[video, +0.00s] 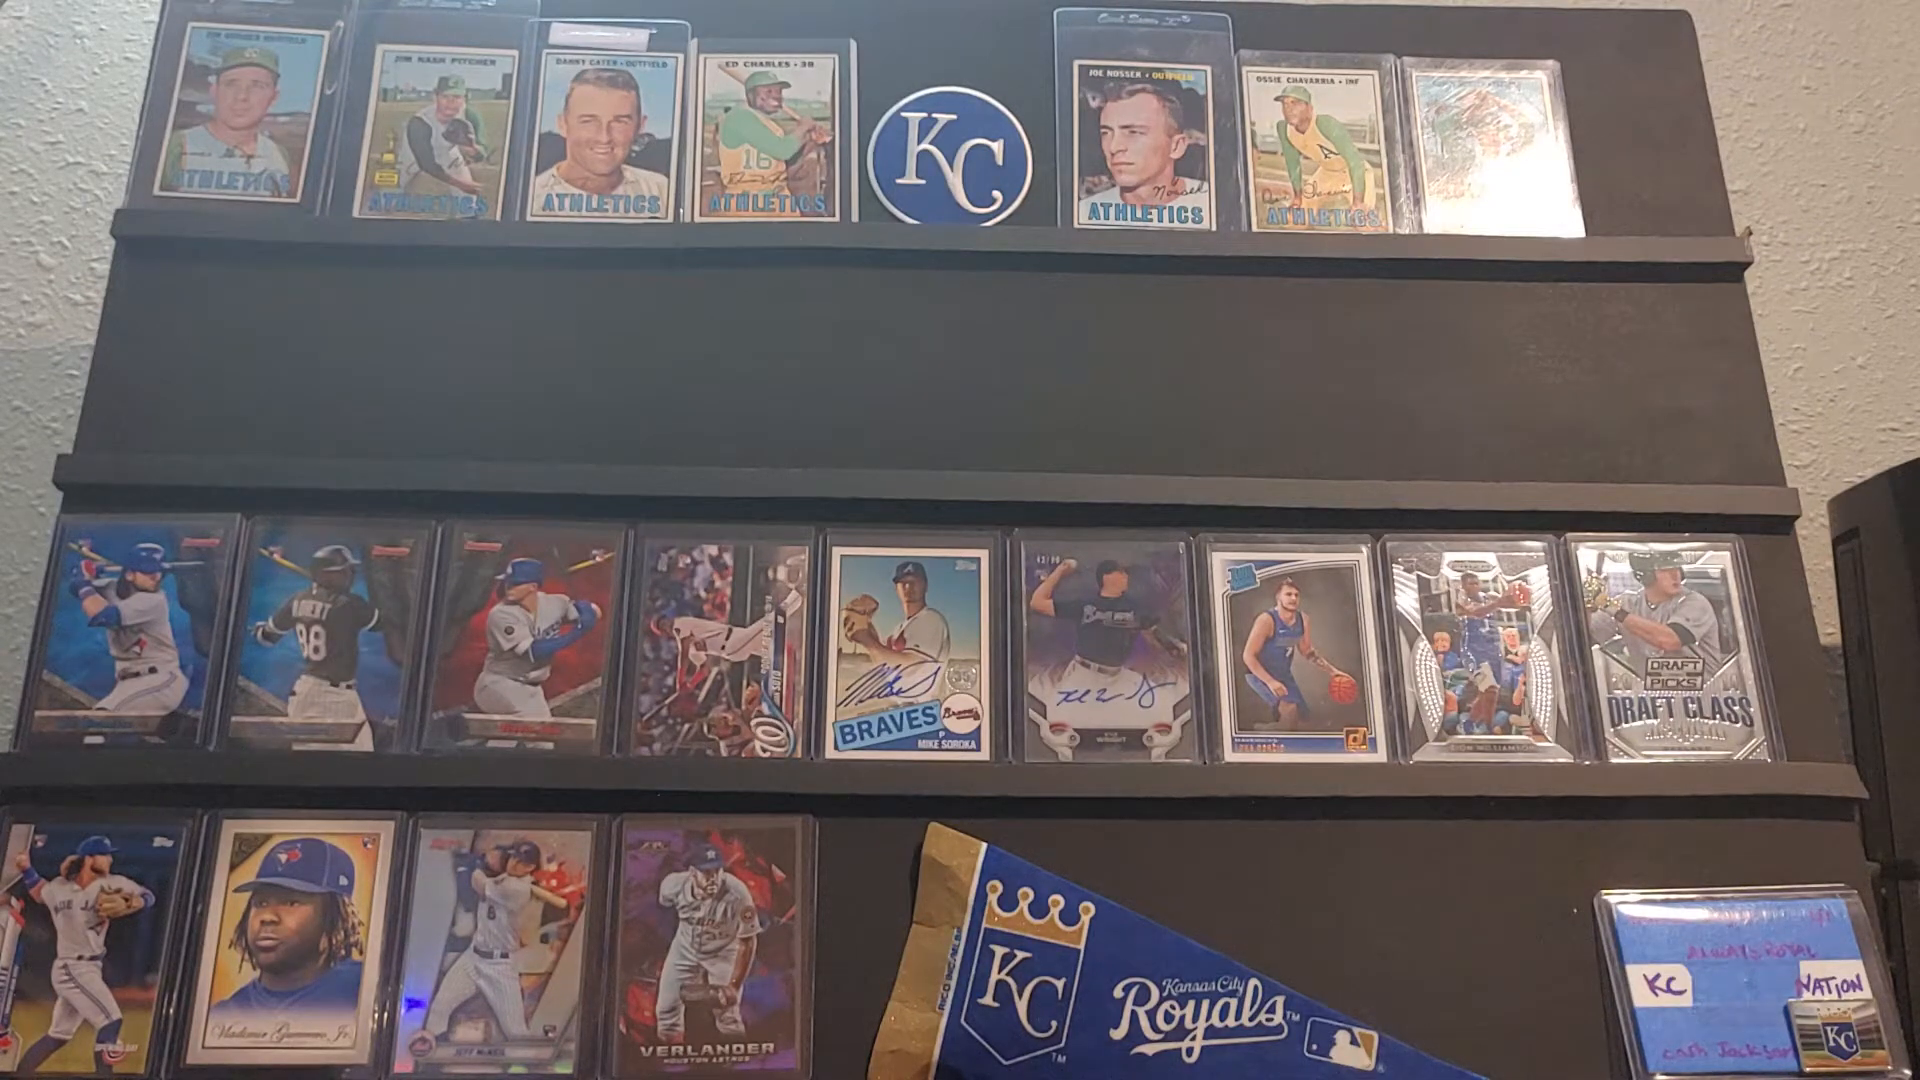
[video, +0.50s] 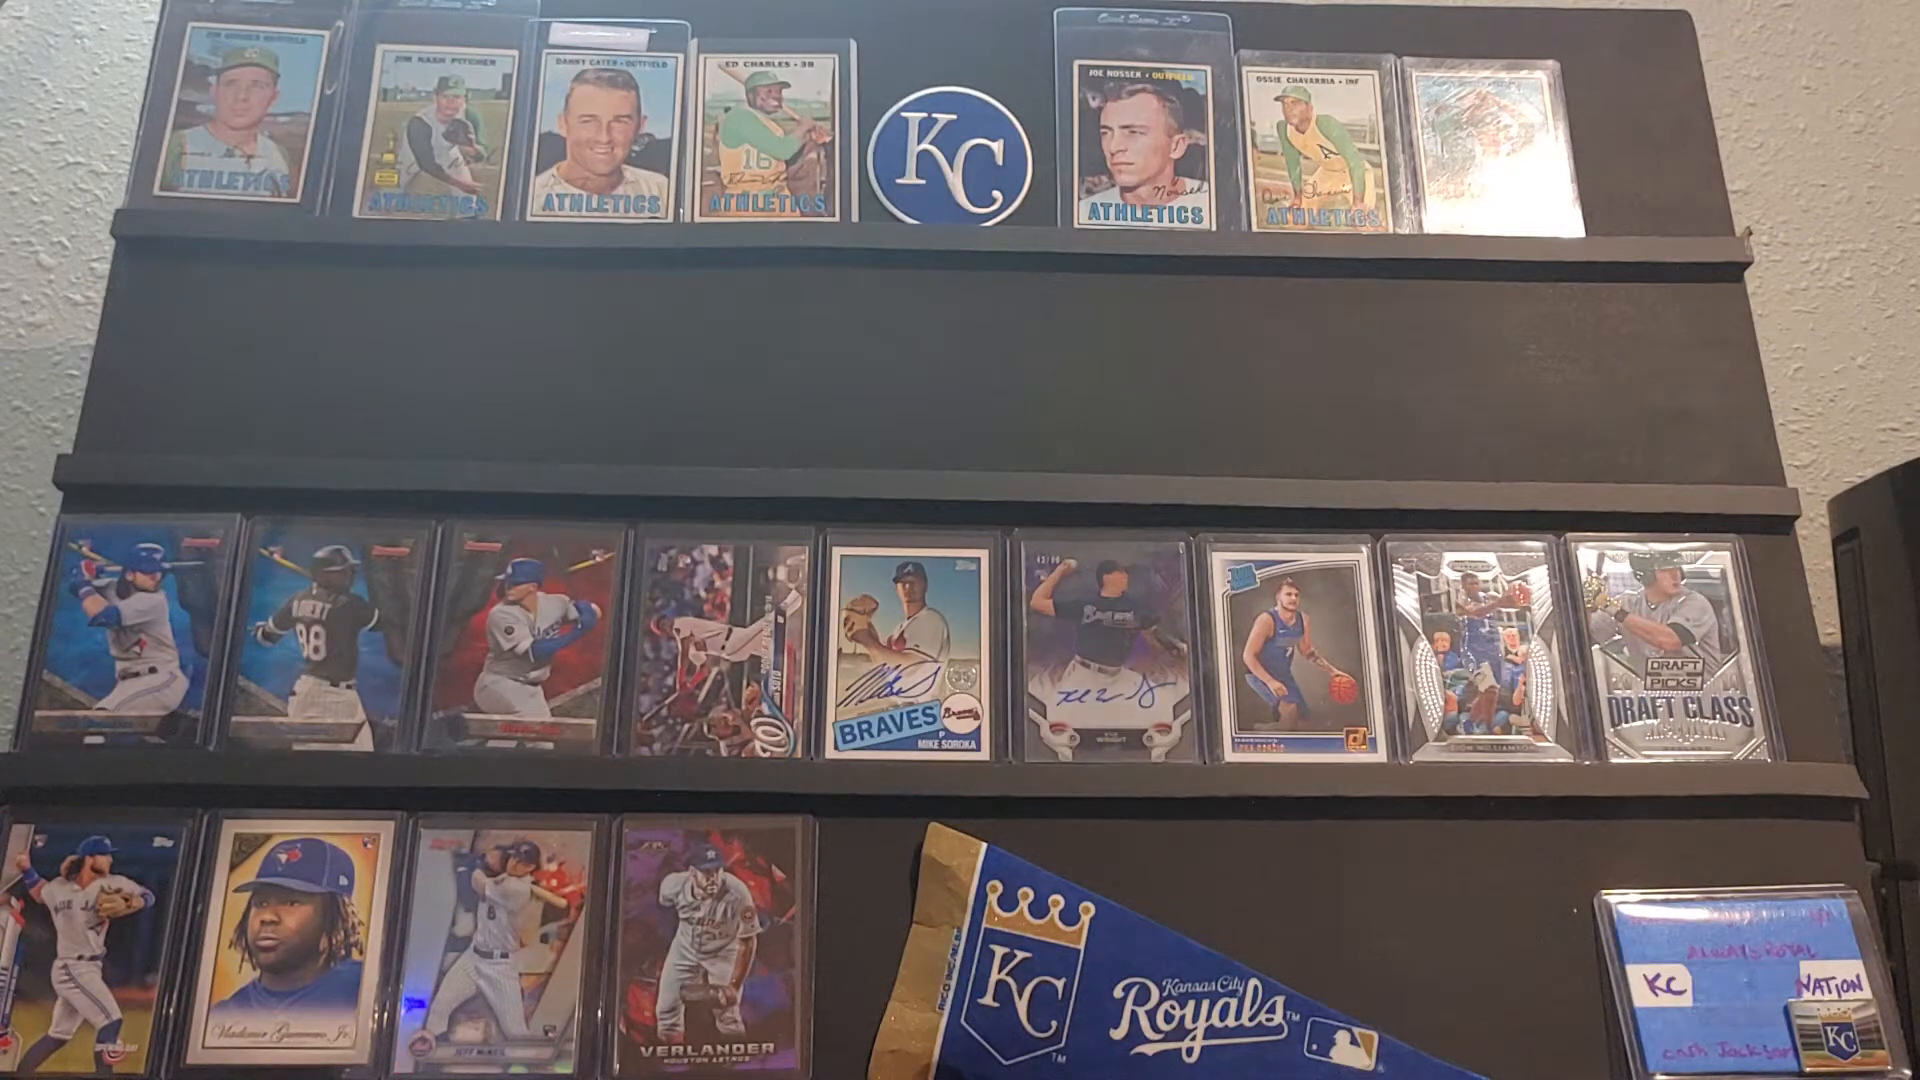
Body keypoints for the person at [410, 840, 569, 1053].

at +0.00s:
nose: (514, 864)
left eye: (521, 862)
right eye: (514, 858)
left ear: (530, 869)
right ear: (509, 858)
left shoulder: (518, 889)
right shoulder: (500, 879)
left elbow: (480, 884)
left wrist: (476, 867)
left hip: (501, 966)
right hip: (473, 958)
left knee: (515, 1031)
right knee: (439, 1006)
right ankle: (425, 1064)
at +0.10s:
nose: (514, 864)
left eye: (521, 862)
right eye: (514, 858)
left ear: (530, 869)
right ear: (509, 858)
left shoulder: (518, 889)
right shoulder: (500, 879)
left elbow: (480, 884)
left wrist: (476, 867)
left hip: (501, 966)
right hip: (473, 958)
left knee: (515, 1031)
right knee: (440, 1006)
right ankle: (427, 1064)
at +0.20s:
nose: (514, 864)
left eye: (521, 862)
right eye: (513, 858)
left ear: (530, 869)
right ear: (509, 858)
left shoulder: (518, 890)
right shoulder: (501, 879)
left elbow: (480, 884)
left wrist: (476, 867)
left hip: (500, 966)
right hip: (473, 958)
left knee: (515, 1030)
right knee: (439, 1006)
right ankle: (427, 1065)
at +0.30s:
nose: (514, 864)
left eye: (522, 862)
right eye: (514, 858)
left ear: (530, 869)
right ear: (509, 858)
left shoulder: (517, 890)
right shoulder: (501, 879)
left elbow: (479, 884)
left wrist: (476, 867)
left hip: (501, 965)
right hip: (473, 958)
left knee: (515, 1030)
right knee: (439, 1007)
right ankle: (427, 1066)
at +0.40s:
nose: (514, 864)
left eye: (522, 862)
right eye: (514, 858)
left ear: (530, 869)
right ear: (509, 858)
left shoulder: (518, 890)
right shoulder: (501, 879)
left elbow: (479, 884)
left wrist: (476, 867)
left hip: (501, 965)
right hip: (473, 958)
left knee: (515, 1030)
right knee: (439, 1007)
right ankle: (428, 1066)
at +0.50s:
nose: (514, 863)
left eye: (521, 862)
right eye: (514, 858)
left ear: (530, 869)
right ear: (510, 858)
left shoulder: (518, 889)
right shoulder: (501, 879)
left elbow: (479, 884)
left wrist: (475, 867)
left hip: (500, 965)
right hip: (473, 958)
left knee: (515, 1030)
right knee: (440, 1006)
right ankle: (427, 1066)